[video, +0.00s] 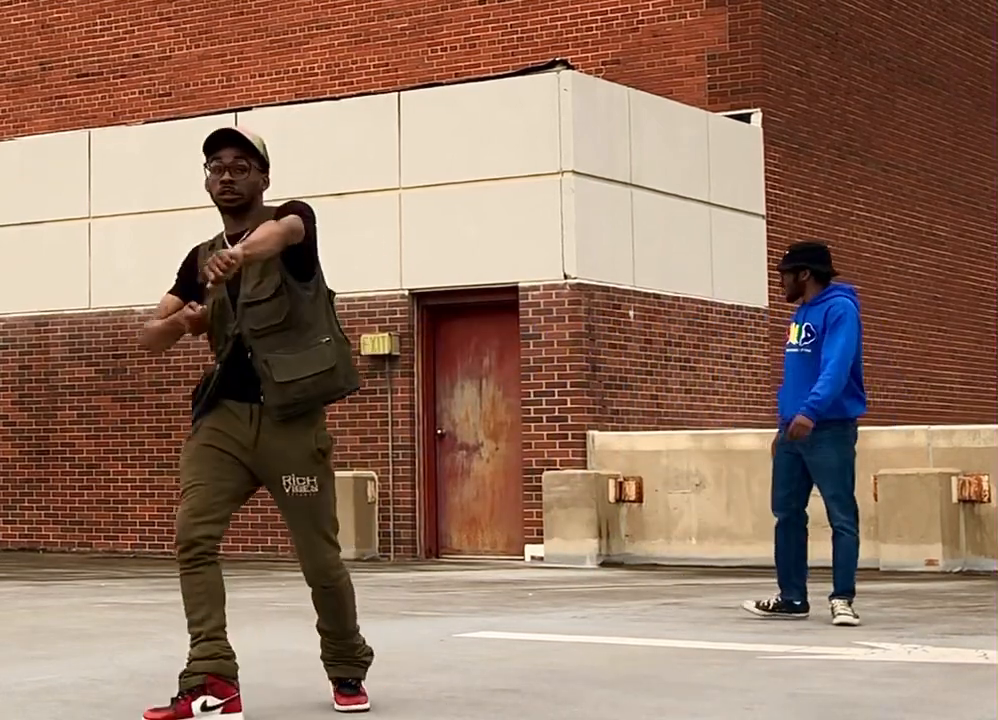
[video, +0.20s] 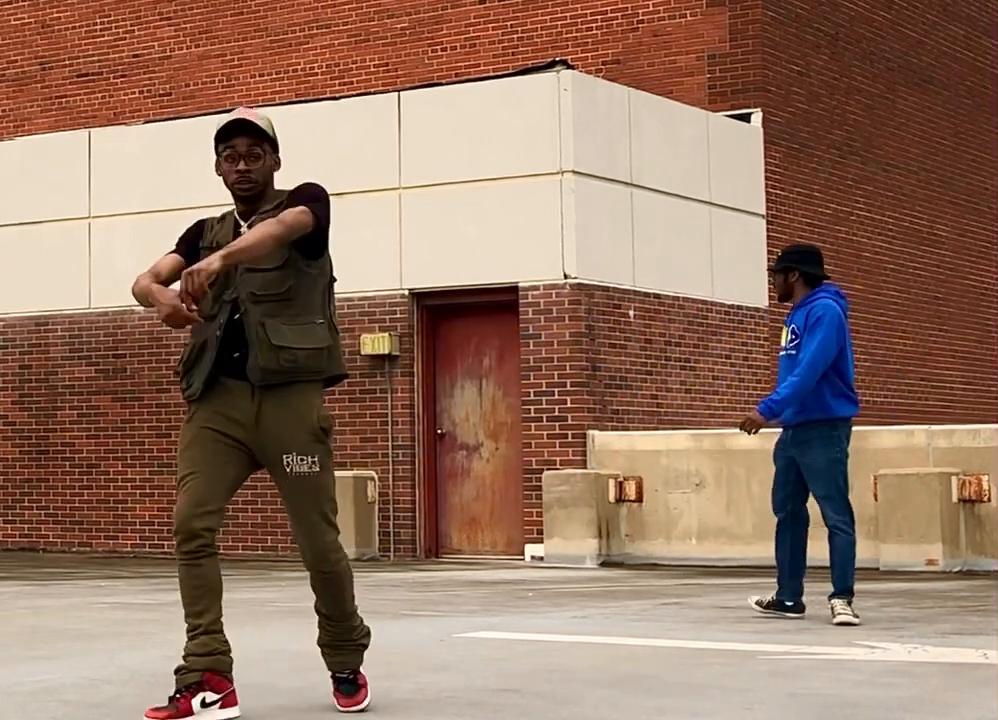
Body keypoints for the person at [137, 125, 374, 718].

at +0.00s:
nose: (228, 178)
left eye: (240, 168)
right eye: (218, 169)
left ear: (264, 177)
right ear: (206, 182)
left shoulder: (294, 217)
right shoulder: (201, 259)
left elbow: (279, 233)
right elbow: (150, 339)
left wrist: (238, 253)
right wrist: (184, 318)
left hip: (291, 417)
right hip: (223, 419)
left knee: (321, 561)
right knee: (194, 539)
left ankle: (347, 672)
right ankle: (213, 681)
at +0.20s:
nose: (240, 165)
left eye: (251, 154)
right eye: (229, 158)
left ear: (274, 159)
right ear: (219, 169)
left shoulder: (308, 199)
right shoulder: (207, 232)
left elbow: (284, 229)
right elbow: (145, 281)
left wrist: (219, 263)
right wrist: (159, 300)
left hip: (292, 400)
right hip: (216, 403)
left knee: (321, 546)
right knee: (192, 527)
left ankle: (344, 661)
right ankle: (208, 674)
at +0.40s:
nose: (259, 203)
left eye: (271, 193)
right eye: (248, 194)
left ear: (292, 200)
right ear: (233, 203)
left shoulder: (317, 243)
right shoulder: (213, 266)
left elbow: (297, 262)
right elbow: (198, 320)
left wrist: (224, 274)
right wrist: (201, 355)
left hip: (292, 439)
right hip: (219, 439)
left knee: (318, 577)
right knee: (190, 563)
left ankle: (352, 671)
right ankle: (246, 676)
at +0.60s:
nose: (254, 163)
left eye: (265, 152)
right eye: (241, 153)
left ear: (281, 159)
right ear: (223, 160)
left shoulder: (307, 221)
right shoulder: (194, 207)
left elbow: (311, 289)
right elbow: (159, 248)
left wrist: (303, 345)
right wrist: (171, 257)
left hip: (291, 416)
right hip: (209, 420)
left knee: (344, 530)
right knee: (198, 554)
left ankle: (313, 651)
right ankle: (238, 672)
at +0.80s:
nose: (255, 165)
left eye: (267, 154)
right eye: (242, 154)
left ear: (283, 160)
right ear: (224, 163)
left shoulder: (306, 227)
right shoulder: (198, 205)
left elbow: (313, 308)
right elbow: (162, 183)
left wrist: (315, 385)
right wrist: (147, 149)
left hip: (285, 417)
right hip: (204, 420)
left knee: (338, 534)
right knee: (198, 569)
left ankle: (284, 688)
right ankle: (231, 677)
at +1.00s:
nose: (234, 123)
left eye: (247, 113)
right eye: (222, 111)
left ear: (263, 123)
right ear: (202, 117)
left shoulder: (289, 170)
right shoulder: (173, 195)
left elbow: (298, 186)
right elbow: (136, 280)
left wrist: (282, 199)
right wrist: (160, 293)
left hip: (271, 387)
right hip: (189, 389)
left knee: (282, 542)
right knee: (168, 533)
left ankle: (280, 697)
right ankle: (215, 649)